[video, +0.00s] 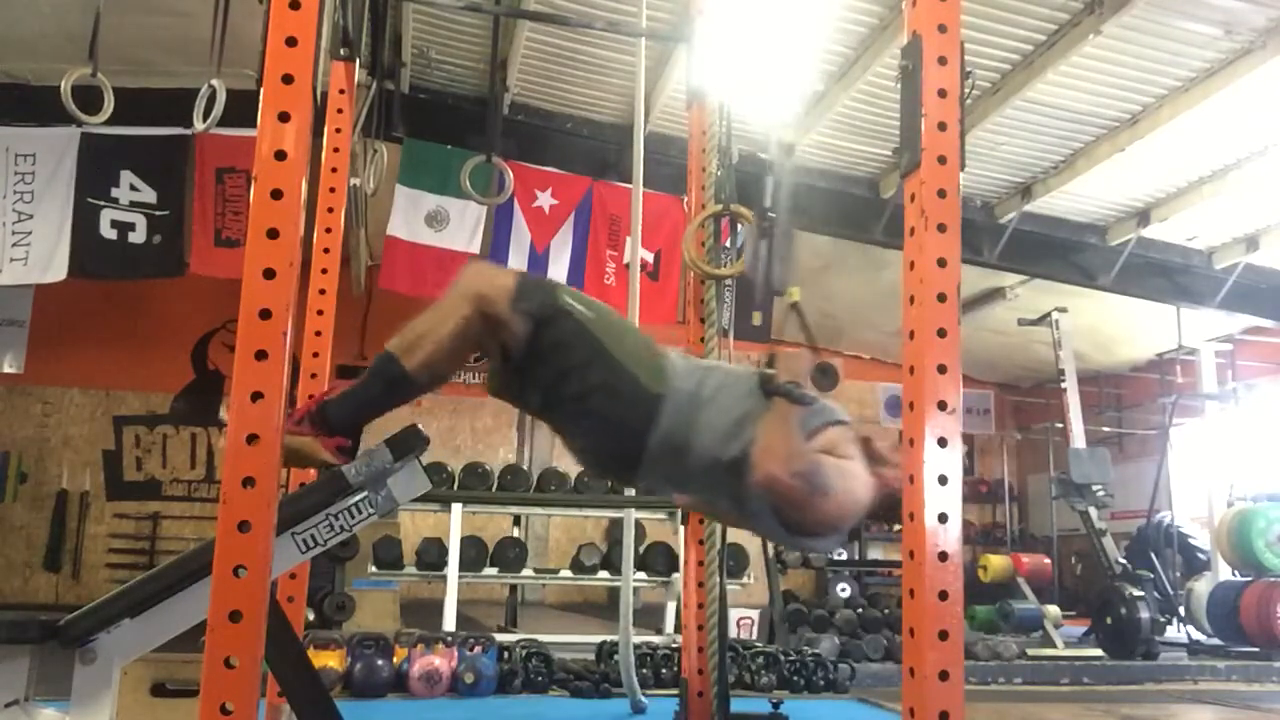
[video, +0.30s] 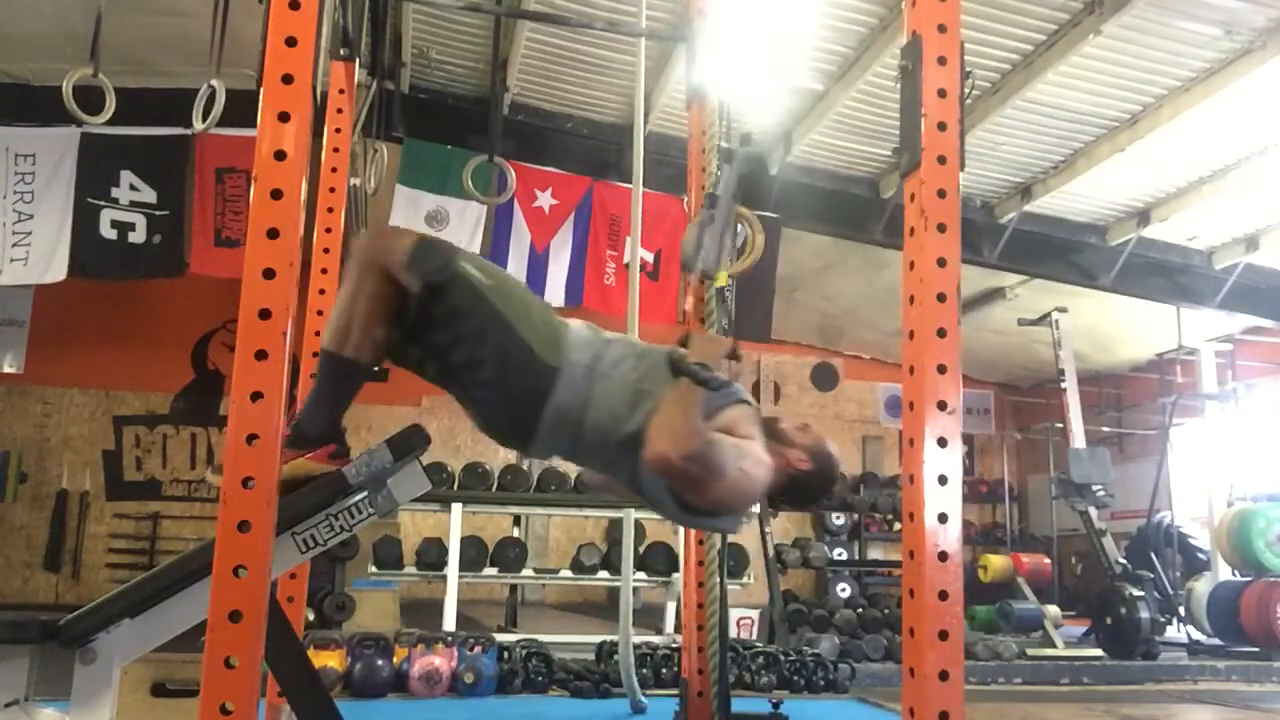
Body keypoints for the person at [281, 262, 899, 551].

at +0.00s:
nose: (900, 430)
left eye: (911, 444)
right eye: (911, 429)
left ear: (902, 478)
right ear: (900, 429)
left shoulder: (850, 490)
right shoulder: (843, 440)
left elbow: (780, 473)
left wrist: (790, 391)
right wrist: (799, 380)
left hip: (644, 414)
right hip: (650, 389)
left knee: (486, 287)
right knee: (480, 310)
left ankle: (337, 420)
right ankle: (344, 414)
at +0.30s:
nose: (799, 425)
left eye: (808, 440)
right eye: (810, 430)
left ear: (798, 466)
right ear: (795, 449)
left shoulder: (748, 470)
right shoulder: (743, 433)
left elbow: (673, 458)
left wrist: (697, 373)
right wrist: (711, 359)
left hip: (543, 381)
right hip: (552, 359)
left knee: (386, 250)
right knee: (391, 269)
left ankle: (315, 424)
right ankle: (319, 415)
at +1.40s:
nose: (887, 448)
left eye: (897, 462)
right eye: (899, 447)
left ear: (888, 499)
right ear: (891, 474)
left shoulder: (835, 499)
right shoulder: (829, 455)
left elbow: (766, 469)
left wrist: (775, 389)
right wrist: (794, 377)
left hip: (637, 411)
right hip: (639, 396)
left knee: (477, 283)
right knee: (463, 320)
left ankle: (337, 419)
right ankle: (341, 414)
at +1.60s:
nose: (936, 469)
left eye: (946, 482)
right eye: (944, 471)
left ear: (937, 520)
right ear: (935, 493)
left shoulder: (889, 534)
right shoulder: (877, 476)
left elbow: (834, 480)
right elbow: (841, 440)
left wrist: (839, 402)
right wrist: (845, 390)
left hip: (702, 445)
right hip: (703, 409)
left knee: (539, 322)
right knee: (531, 336)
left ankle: (365, 414)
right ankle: (378, 410)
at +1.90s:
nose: (996, 493)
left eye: (1006, 505)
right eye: (1004, 490)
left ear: (997, 534)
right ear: (990, 489)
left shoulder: (948, 545)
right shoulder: (940, 495)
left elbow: (894, 490)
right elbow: (878, 460)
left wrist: (918, 418)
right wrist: (903, 412)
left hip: (770, 484)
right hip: (762, 457)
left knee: (591, 404)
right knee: (583, 395)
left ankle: (392, 423)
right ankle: (404, 418)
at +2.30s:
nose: (975, 571)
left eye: (984, 586)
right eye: (986, 568)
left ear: (974, 613)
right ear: (973, 561)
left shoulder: (921, 622)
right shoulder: (914, 565)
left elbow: (885, 515)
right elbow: (876, 497)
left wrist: (905, 445)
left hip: (755, 544)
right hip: (750, 503)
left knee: (595, 434)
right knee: (574, 429)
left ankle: (378, 410)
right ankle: (382, 420)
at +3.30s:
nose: (986, 467)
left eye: (995, 478)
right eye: (991, 463)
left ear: (989, 508)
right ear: (978, 460)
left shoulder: (939, 528)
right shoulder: (930, 469)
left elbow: (887, 486)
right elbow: (876, 464)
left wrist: (917, 408)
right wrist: (883, 398)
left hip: (754, 468)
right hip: (745, 454)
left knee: (570, 407)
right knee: (560, 407)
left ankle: (365, 414)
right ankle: (373, 416)